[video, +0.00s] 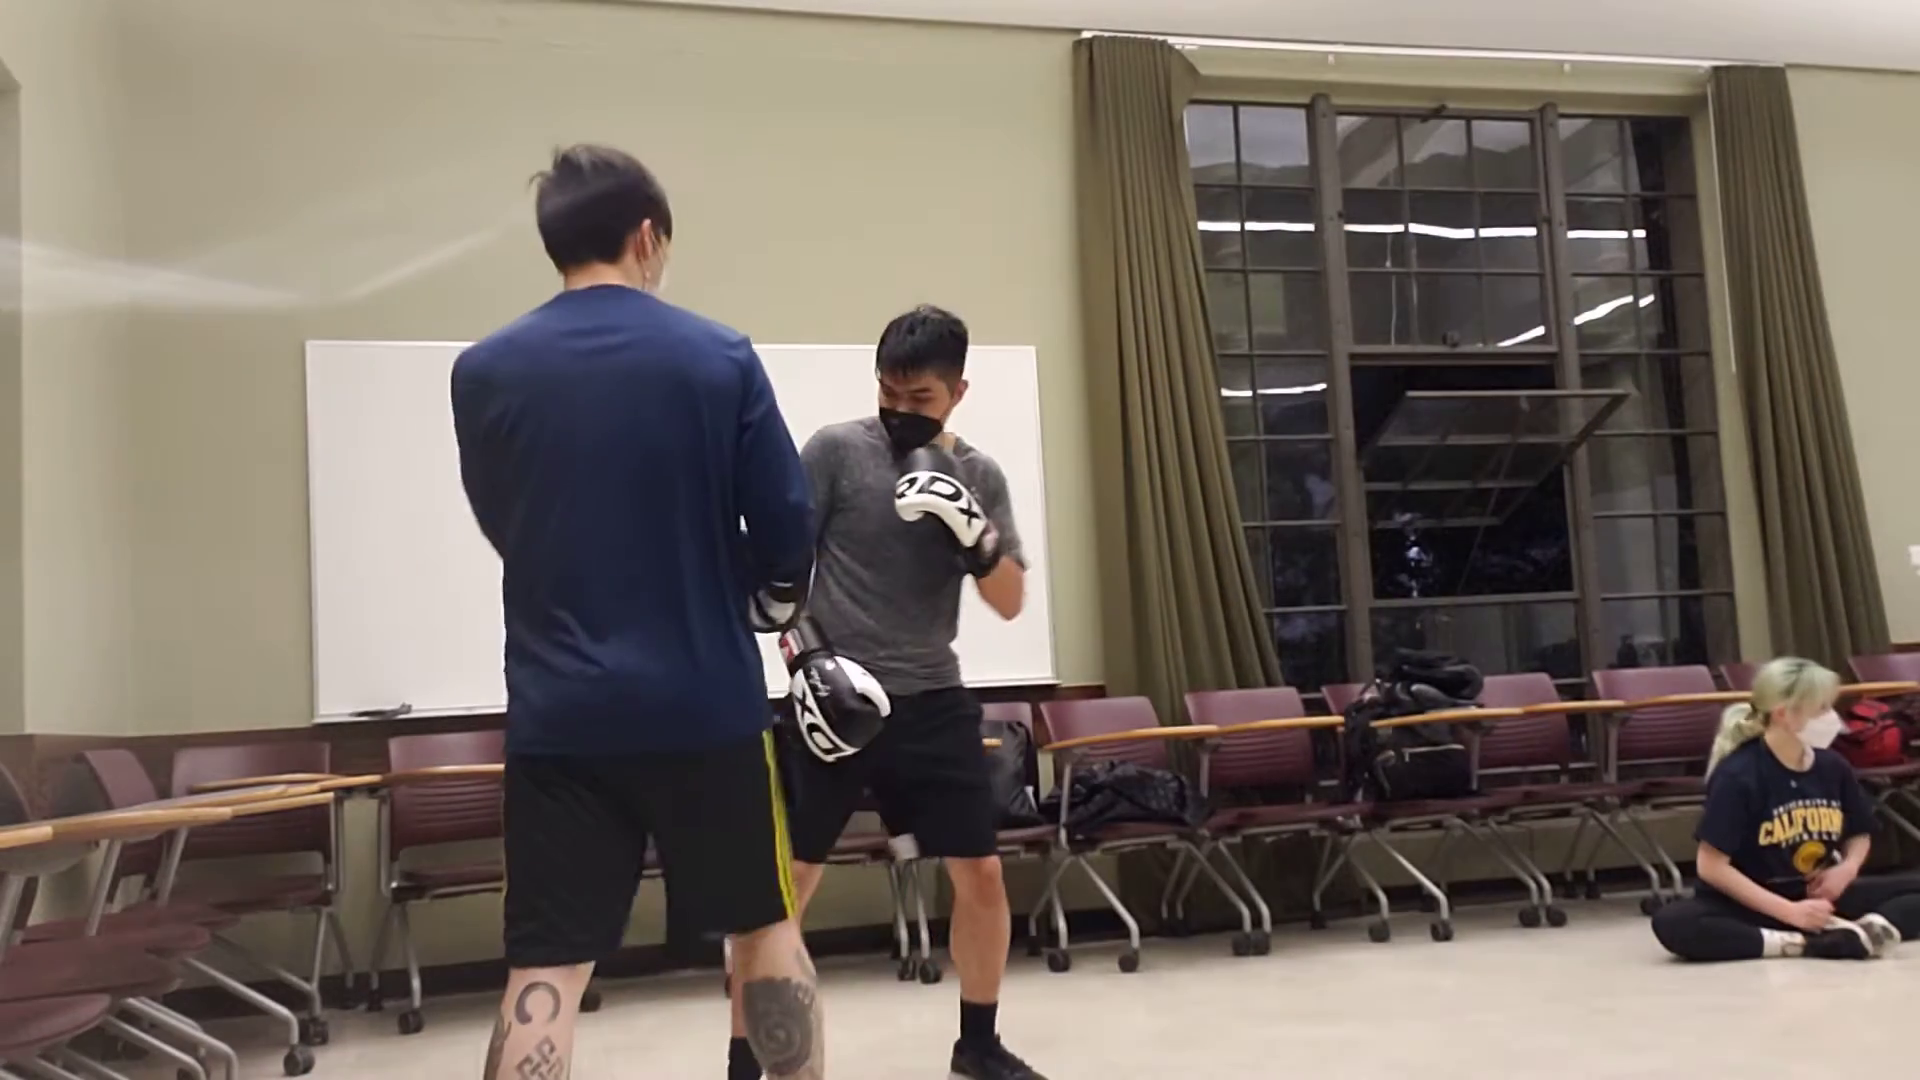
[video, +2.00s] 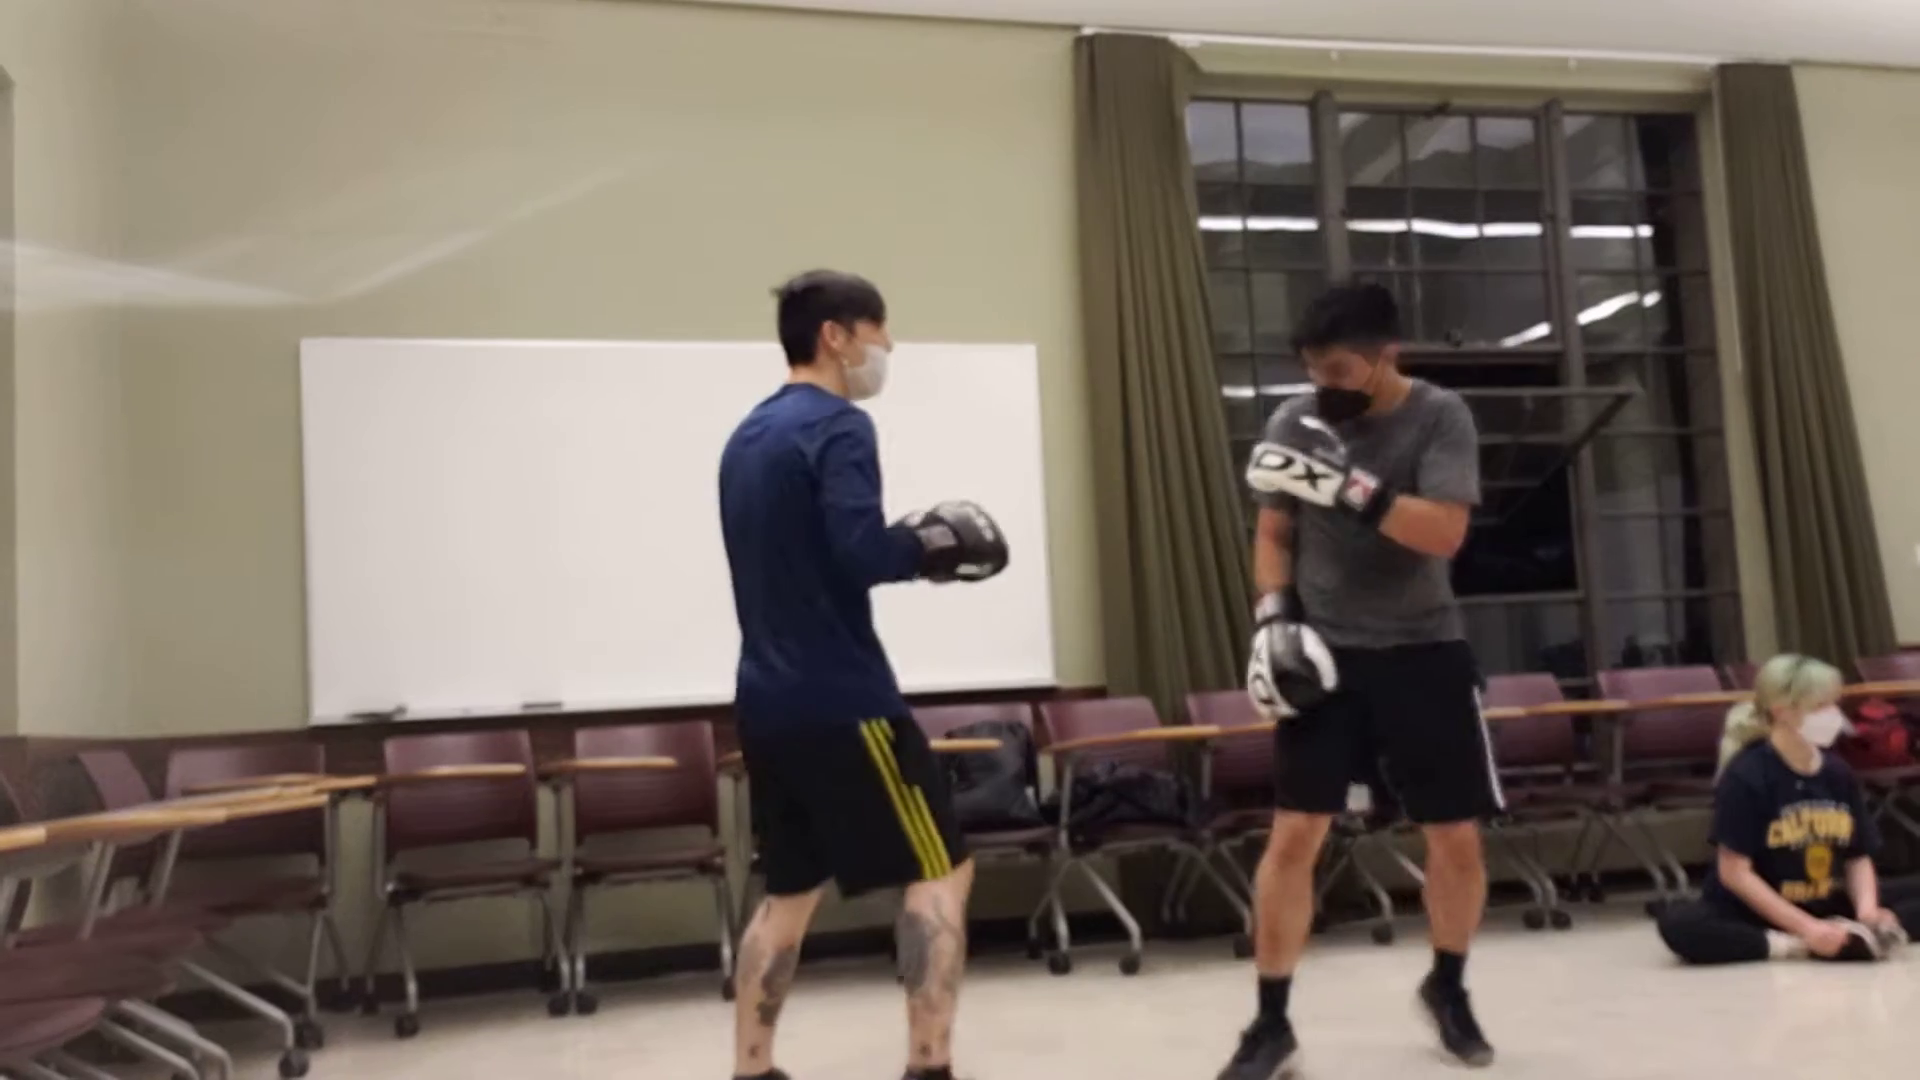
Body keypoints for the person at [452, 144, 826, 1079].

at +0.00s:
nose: (665, 258)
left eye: (661, 243)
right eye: (665, 242)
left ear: (554, 247)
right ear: (647, 237)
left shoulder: (484, 371)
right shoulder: (716, 356)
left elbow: (505, 526)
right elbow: (787, 533)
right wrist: (737, 575)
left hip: (558, 713)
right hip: (703, 711)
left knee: (545, 969)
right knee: (761, 927)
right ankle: (788, 1078)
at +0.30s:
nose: (719, 282)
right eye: (719, 271)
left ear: (616, 279)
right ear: (710, 274)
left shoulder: (555, 382)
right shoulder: (769, 398)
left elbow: (575, 532)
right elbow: (849, 540)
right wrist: (754, 489)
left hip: (612, 720)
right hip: (746, 719)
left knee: (572, 950)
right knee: (791, 934)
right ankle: (821, 1077)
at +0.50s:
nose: (765, 292)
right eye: (765, 281)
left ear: (665, 289)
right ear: (755, 282)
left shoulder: (607, 378)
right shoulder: (810, 390)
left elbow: (679, 481)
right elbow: (898, 510)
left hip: (664, 698)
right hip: (791, 703)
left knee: (596, 924)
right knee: (811, 933)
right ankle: (819, 1076)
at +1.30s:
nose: (837, 327)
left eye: (835, 310)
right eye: (830, 310)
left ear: (750, 315)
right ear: (791, 311)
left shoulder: (676, 422)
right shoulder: (832, 421)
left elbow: (754, 512)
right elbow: (888, 566)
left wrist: (826, 409)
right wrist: (938, 480)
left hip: (713, 716)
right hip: (829, 710)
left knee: (698, 927)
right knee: (892, 914)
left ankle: (660, 1074)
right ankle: (936, 1070)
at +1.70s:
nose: (909, 356)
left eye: (910, 339)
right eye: (906, 338)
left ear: (823, 332)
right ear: (870, 328)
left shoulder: (746, 419)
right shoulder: (879, 418)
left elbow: (820, 534)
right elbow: (925, 561)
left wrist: (929, 484)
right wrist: (975, 498)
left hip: (768, 702)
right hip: (866, 703)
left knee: (782, 900)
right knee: (908, 909)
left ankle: (752, 1067)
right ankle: (938, 1072)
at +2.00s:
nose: (887, 351)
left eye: (885, 335)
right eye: (878, 335)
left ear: (816, 342)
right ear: (833, 337)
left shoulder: (747, 436)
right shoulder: (838, 427)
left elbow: (791, 572)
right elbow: (859, 557)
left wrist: (910, 546)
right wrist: (935, 541)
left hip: (767, 704)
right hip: (846, 702)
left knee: (793, 885)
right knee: (939, 870)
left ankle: (752, 1068)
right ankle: (930, 1066)